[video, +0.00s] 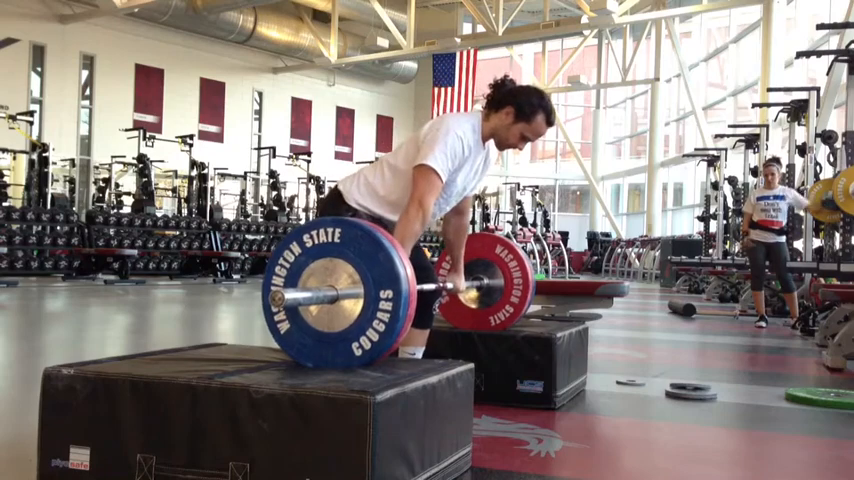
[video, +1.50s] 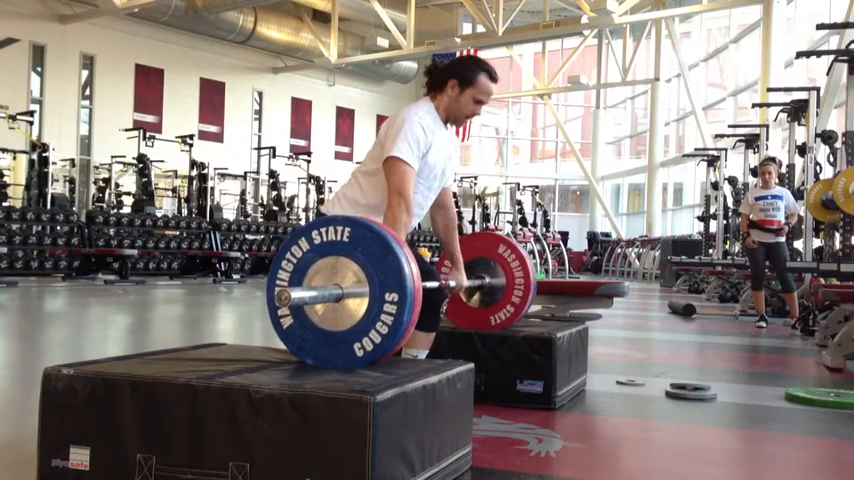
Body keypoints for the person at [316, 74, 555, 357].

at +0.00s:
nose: (522, 147)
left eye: (529, 142)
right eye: (524, 137)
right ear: (507, 113)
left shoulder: (484, 153)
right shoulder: (453, 130)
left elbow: (458, 214)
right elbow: (419, 205)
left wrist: (457, 270)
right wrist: (390, 270)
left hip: (390, 224)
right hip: (350, 210)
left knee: (425, 288)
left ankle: (406, 384)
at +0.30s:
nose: (520, 147)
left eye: (527, 142)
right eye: (522, 137)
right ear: (506, 114)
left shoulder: (482, 154)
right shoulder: (451, 131)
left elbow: (457, 214)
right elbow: (418, 206)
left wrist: (456, 272)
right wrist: (388, 268)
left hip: (388, 223)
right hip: (349, 210)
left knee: (424, 287)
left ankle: (406, 384)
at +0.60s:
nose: (520, 147)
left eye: (528, 142)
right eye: (523, 138)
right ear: (507, 115)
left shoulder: (483, 153)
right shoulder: (452, 131)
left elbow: (457, 214)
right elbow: (418, 207)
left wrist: (456, 271)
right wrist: (388, 271)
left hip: (389, 223)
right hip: (350, 210)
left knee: (424, 288)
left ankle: (406, 382)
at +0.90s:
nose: (521, 149)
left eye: (529, 144)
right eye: (524, 139)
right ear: (508, 115)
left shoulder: (484, 155)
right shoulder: (453, 131)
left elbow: (457, 215)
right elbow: (419, 206)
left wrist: (456, 271)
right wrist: (388, 270)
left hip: (389, 223)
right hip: (351, 210)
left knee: (425, 286)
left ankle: (406, 382)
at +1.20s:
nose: (503, 134)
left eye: (509, 127)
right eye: (505, 123)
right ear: (486, 104)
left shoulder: (463, 144)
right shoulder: (433, 127)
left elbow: (451, 213)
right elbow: (410, 205)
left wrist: (458, 269)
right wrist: (388, 271)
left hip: (387, 225)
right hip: (347, 216)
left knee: (430, 290)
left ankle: (404, 390)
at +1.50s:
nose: (478, 112)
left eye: (483, 105)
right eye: (477, 101)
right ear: (452, 88)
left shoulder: (448, 140)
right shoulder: (413, 120)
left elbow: (443, 209)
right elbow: (399, 201)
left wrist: (457, 266)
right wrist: (388, 270)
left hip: (386, 233)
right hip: (346, 226)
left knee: (432, 289)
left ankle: (407, 385)